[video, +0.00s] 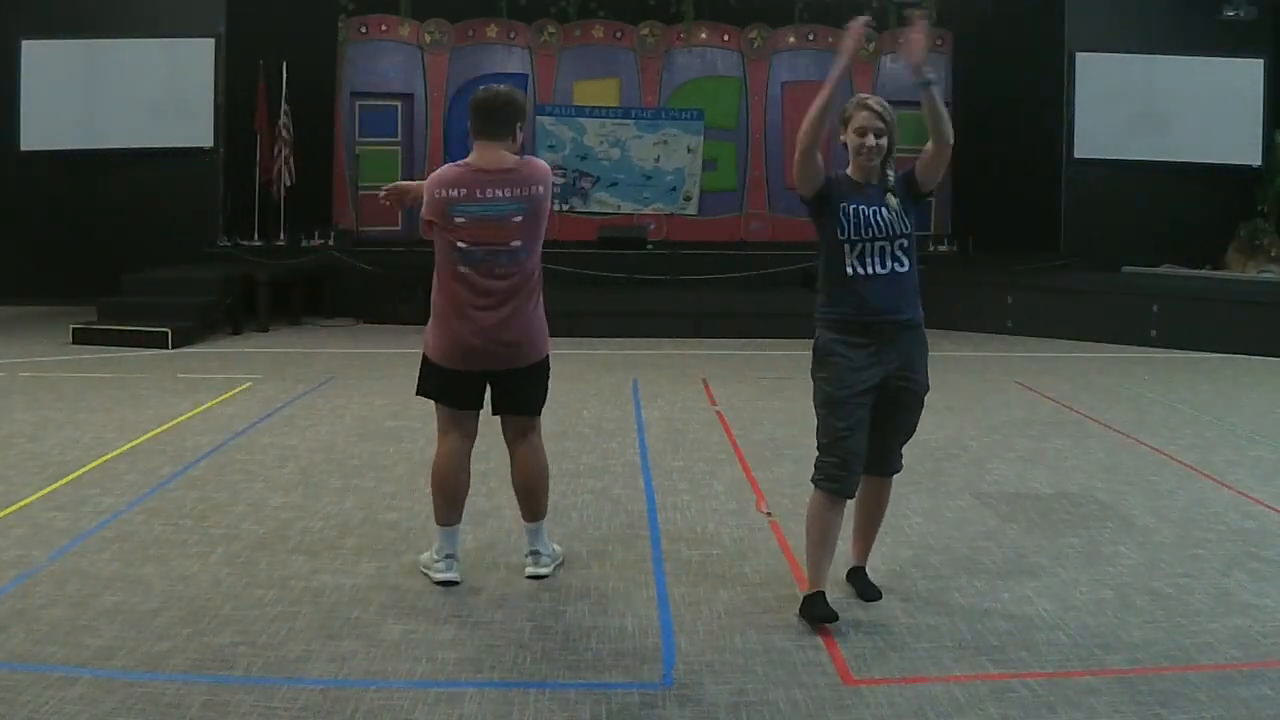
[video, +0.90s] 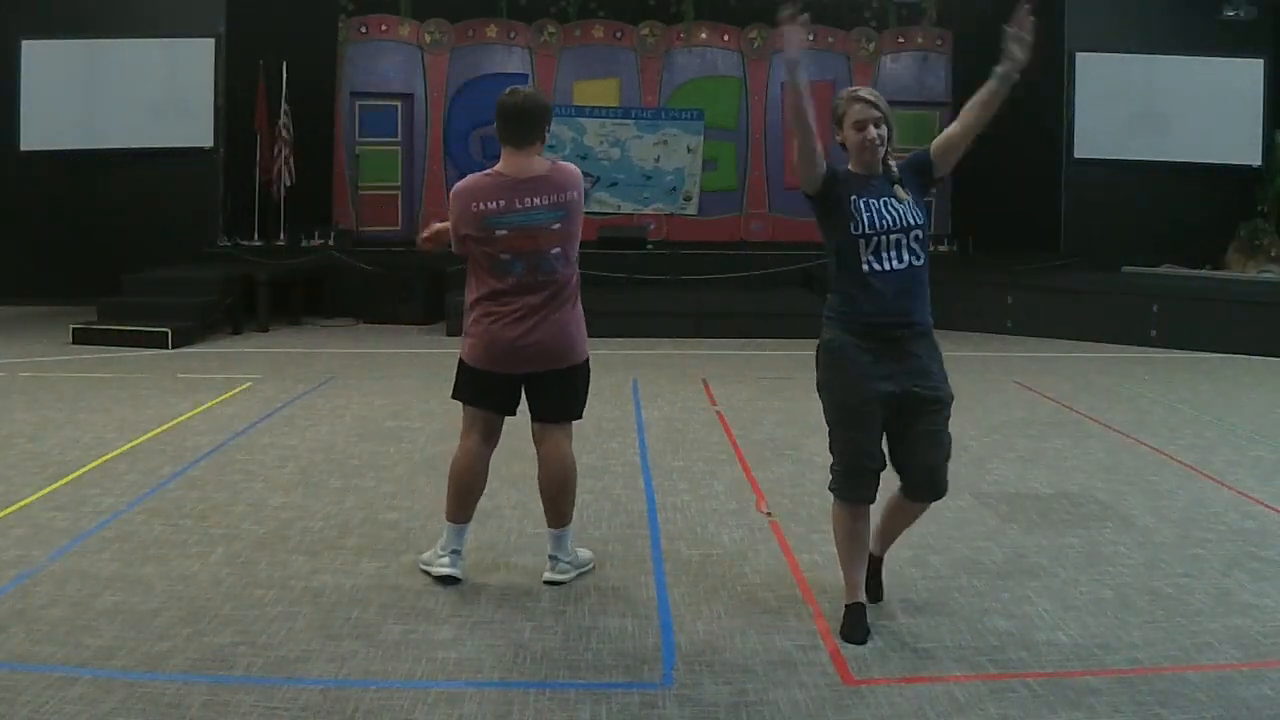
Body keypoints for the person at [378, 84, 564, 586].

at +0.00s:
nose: (525, 134)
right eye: (525, 127)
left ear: (470, 127)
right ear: (519, 131)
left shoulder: (443, 181)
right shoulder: (539, 177)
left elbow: (432, 229)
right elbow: (488, 184)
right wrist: (421, 189)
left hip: (455, 340)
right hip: (522, 339)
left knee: (453, 436)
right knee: (525, 436)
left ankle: (446, 555)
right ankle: (538, 549)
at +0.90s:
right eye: (548, 127)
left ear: (497, 130)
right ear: (545, 131)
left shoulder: (467, 193)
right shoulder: (570, 182)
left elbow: (467, 244)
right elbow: (527, 219)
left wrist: (443, 233)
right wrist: (457, 230)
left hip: (491, 344)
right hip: (559, 343)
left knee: (477, 438)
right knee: (555, 439)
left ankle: (450, 551)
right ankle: (561, 554)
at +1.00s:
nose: (548, 134)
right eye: (552, 127)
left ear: (502, 131)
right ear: (550, 131)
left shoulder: (472, 195)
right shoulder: (578, 185)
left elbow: (476, 255)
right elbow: (575, 244)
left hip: (497, 344)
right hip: (565, 343)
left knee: (481, 437)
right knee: (559, 441)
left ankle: (453, 550)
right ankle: (561, 554)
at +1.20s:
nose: (562, 133)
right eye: (562, 127)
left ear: (512, 131)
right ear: (560, 132)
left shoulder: (485, 198)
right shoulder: (591, 194)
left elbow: (476, 279)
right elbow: (630, 259)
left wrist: (475, 341)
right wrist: (646, 302)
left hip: (508, 341)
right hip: (575, 344)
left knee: (488, 435)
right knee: (565, 440)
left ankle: (455, 542)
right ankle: (562, 553)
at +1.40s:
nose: (576, 130)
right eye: (576, 124)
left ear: (525, 132)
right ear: (572, 130)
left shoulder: (498, 194)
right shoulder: (601, 189)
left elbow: (470, 265)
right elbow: (648, 253)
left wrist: (430, 330)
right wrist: (701, 302)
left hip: (521, 345)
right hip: (584, 347)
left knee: (508, 423)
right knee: (569, 442)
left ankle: (463, 526)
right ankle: (563, 554)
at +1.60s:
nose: (590, 129)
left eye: (586, 122)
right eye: (589, 123)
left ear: (535, 130)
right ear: (582, 129)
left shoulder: (509, 191)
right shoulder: (606, 190)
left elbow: (477, 252)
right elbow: (638, 265)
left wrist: (438, 298)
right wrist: (681, 327)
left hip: (530, 344)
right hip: (588, 348)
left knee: (527, 418)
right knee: (573, 444)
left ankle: (471, 516)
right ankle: (564, 554)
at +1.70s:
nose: (590, 130)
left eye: (586, 123)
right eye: (589, 124)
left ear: (536, 131)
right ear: (582, 130)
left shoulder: (515, 189)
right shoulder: (604, 196)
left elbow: (498, 259)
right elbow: (639, 275)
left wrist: (498, 256)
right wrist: (678, 337)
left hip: (531, 343)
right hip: (589, 348)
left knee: (532, 422)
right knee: (573, 444)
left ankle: (471, 513)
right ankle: (564, 554)